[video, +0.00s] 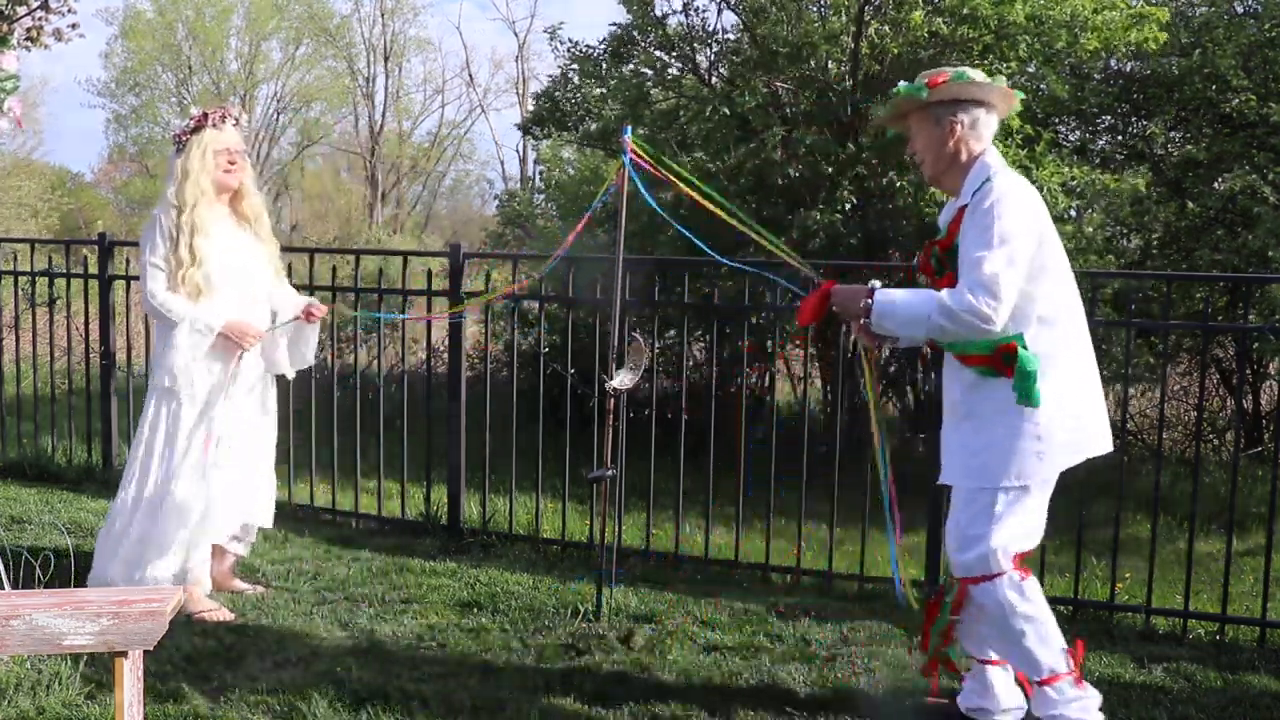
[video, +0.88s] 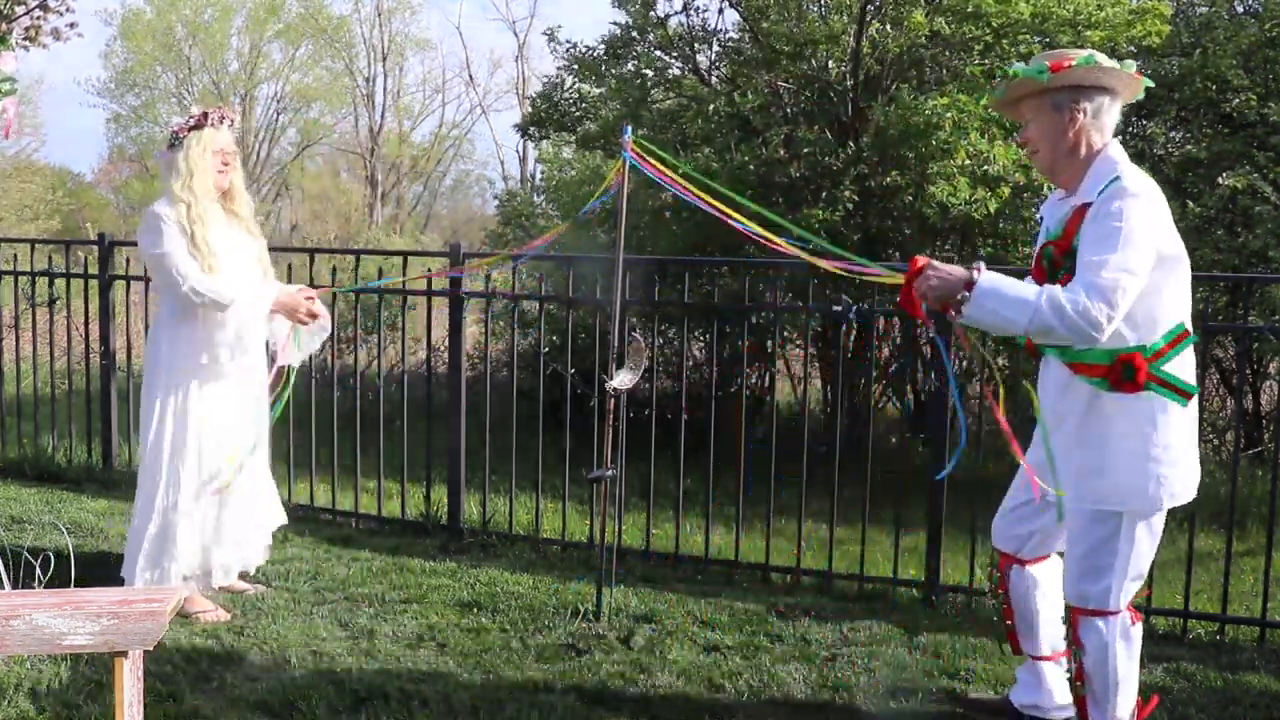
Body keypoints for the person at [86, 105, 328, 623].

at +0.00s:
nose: (234, 160)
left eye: (240, 153)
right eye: (222, 152)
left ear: (248, 162)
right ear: (196, 160)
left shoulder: (250, 222)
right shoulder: (171, 218)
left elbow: (270, 286)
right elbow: (155, 294)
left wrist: (297, 306)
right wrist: (220, 323)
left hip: (248, 365)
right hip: (195, 367)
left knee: (242, 464)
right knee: (194, 470)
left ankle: (222, 570)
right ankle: (192, 587)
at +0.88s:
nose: (226, 162)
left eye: (231, 154)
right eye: (215, 154)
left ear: (237, 162)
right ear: (188, 161)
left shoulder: (239, 224)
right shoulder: (163, 218)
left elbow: (256, 306)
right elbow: (193, 289)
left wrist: (296, 315)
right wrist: (273, 299)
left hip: (237, 367)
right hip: (188, 368)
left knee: (233, 467)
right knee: (188, 471)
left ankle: (221, 568)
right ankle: (179, 584)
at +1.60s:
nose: (230, 152)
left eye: (233, 144)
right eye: (218, 145)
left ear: (239, 150)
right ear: (189, 154)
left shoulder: (237, 211)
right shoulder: (169, 209)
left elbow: (266, 268)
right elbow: (206, 269)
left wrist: (317, 276)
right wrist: (286, 271)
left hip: (237, 346)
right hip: (190, 349)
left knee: (236, 455)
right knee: (195, 462)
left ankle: (228, 567)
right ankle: (190, 589)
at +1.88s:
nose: (217, 161)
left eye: (223, 153)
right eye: (206, 154)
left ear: (231, 159)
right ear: (180, 161)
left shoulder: (232, 217)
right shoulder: (161, 217)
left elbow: (259, 270)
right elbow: (193, 276)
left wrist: (303, 276)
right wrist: (274, 279)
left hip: (234, 349)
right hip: (188, 352)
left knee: (233, 456)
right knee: (192, 464)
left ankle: (224, 567)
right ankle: (189, 589)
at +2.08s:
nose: (219, 164)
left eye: (223, 155)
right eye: (207, 157)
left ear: (231, 161)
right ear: (182, 165)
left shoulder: (234, 220)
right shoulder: (162, 219)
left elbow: (266, 279)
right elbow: (199, 277)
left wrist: (321, 277)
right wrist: (281, 271)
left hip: (237, 356)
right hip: (189, 358)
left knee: (235, 459)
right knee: (194, 465)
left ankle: (227, 568)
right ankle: (191, 589)